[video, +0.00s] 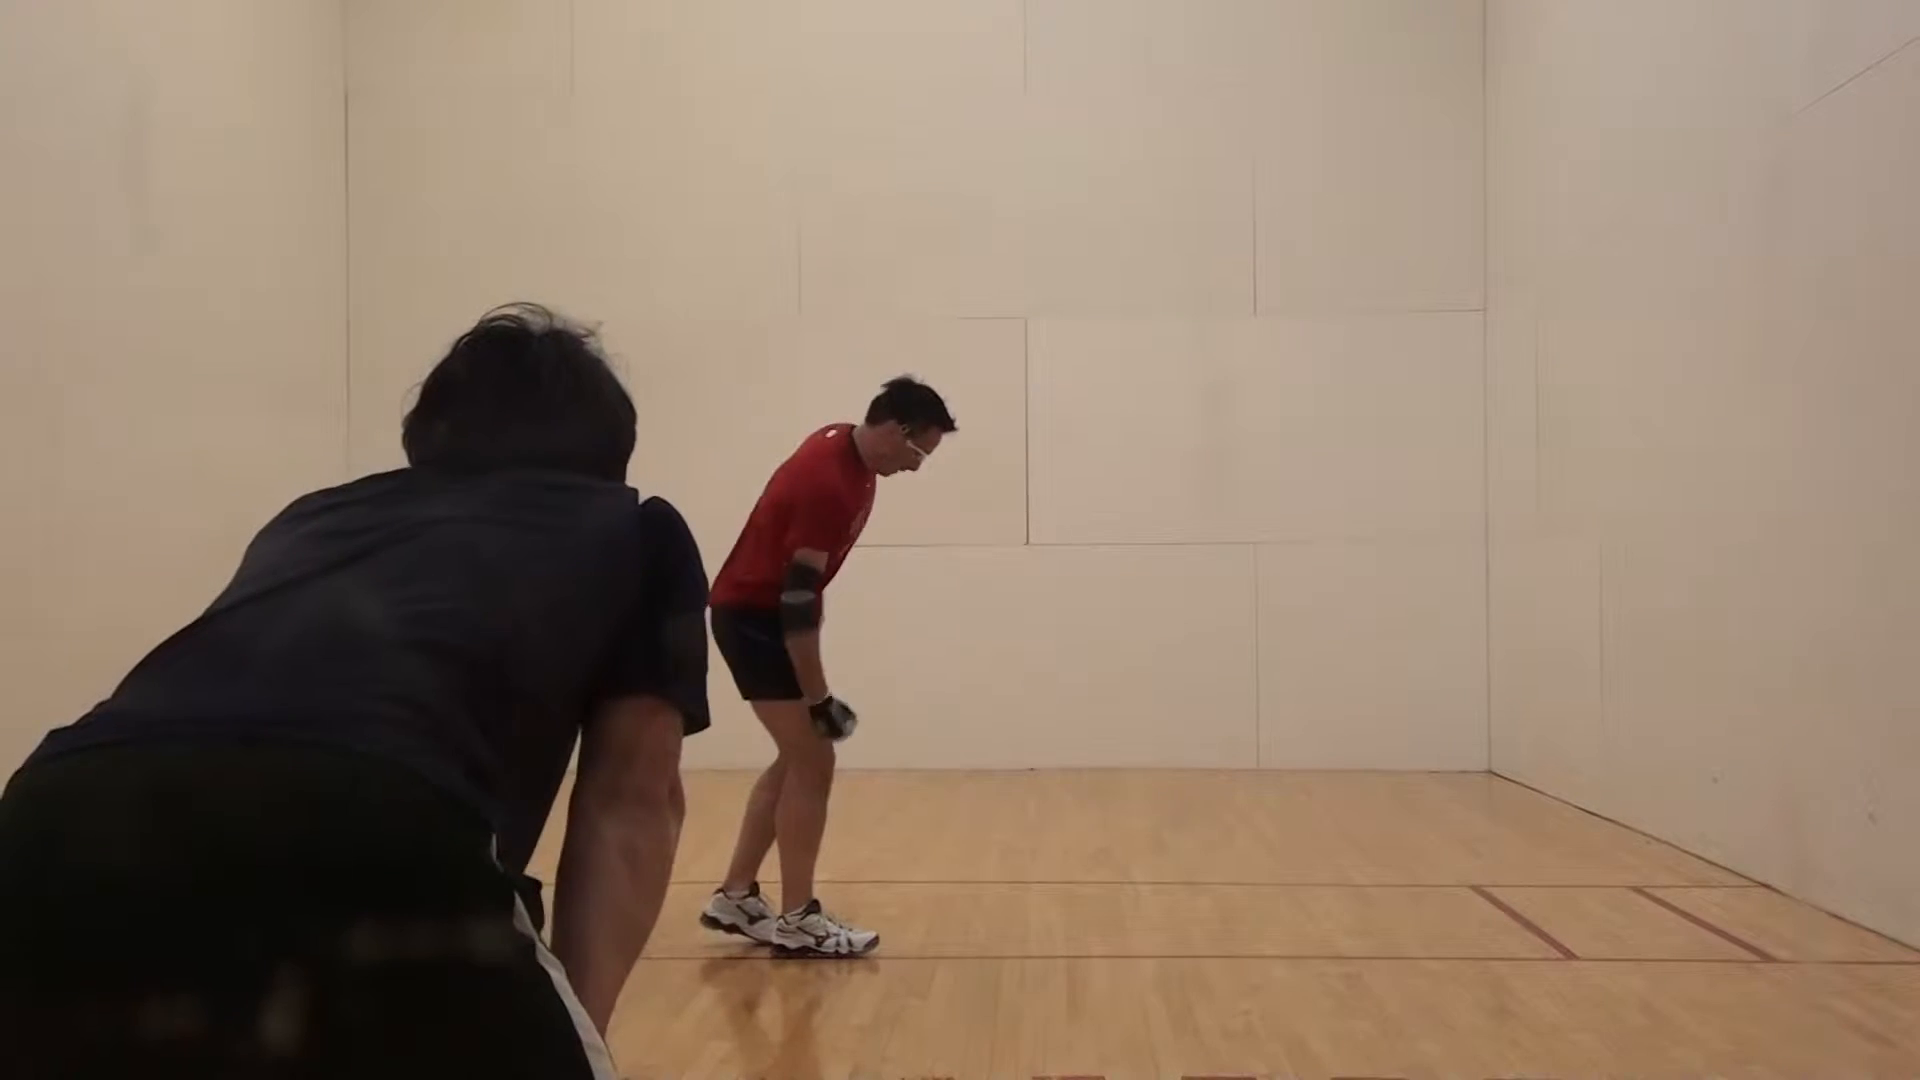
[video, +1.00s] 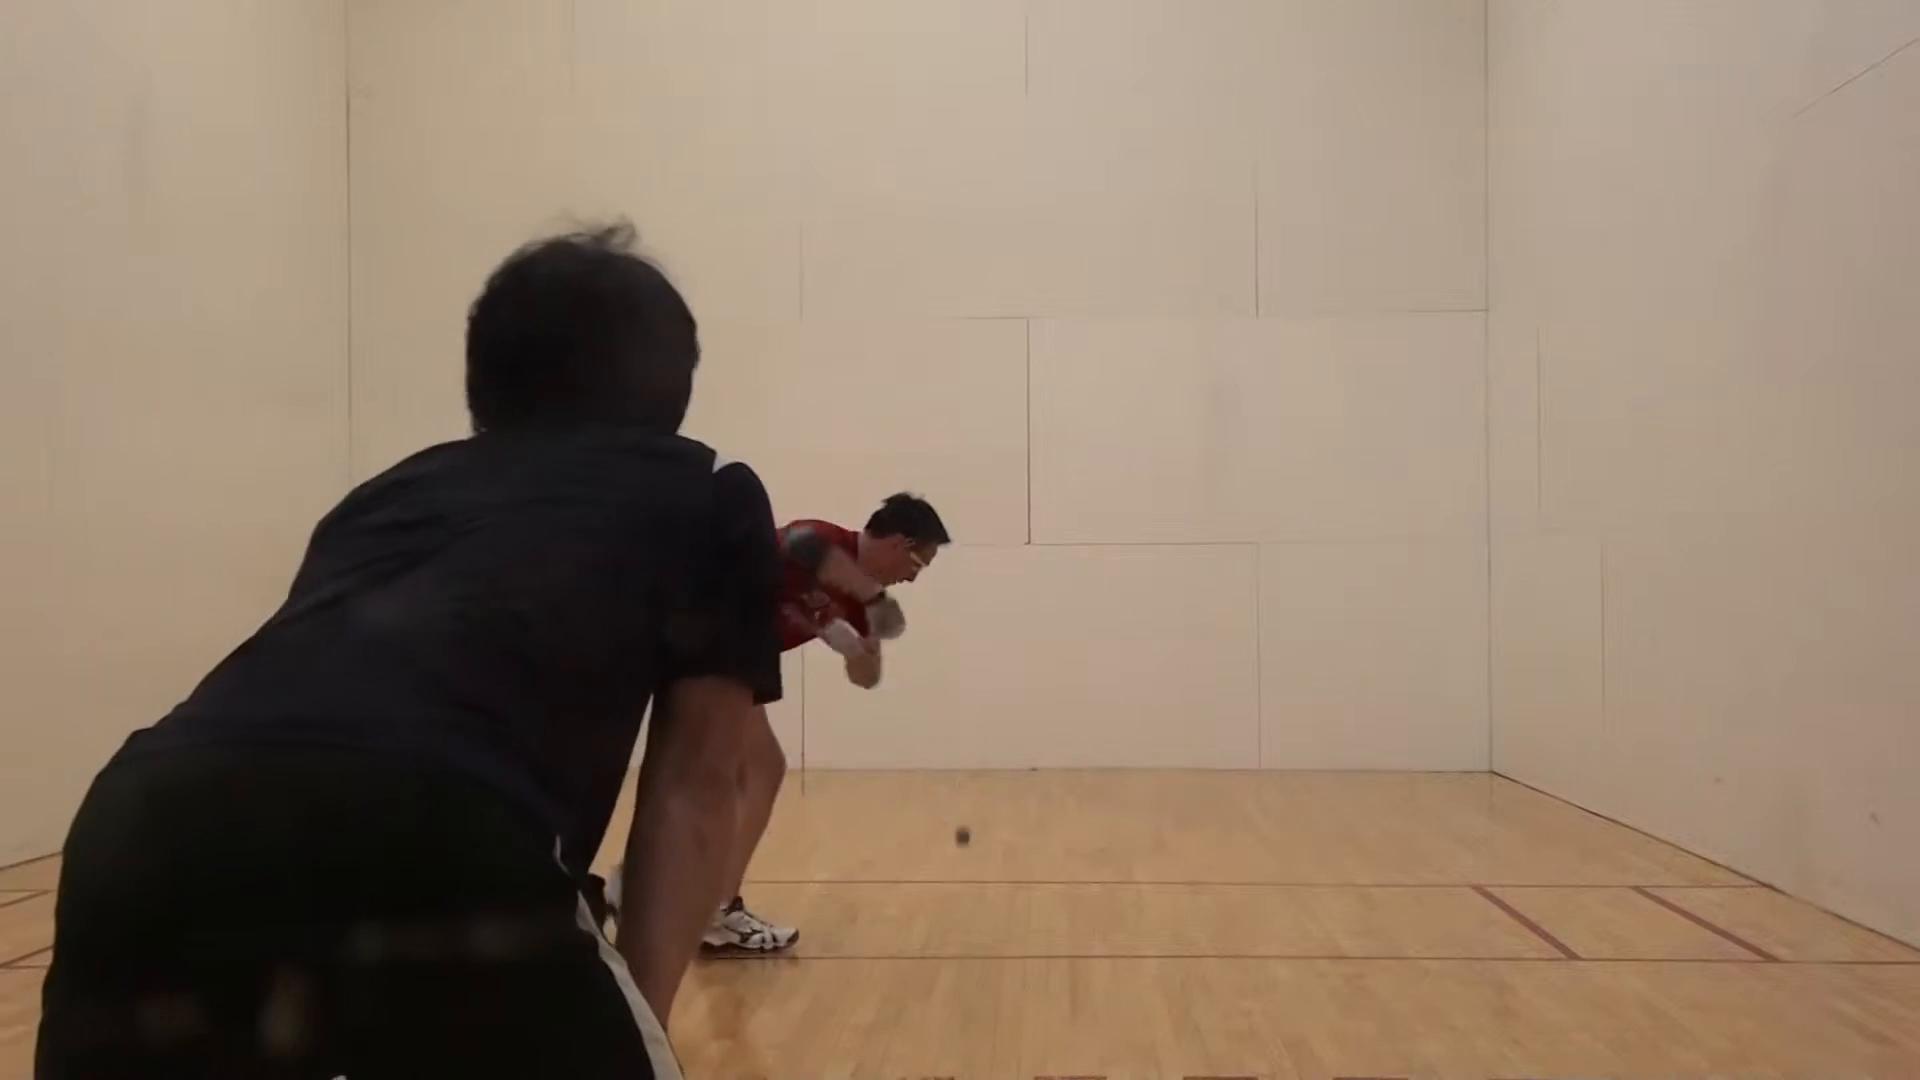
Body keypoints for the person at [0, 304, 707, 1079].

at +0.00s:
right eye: (628, 465)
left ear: (426, 436)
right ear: (610, 459)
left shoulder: (313, 511)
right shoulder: (632, 527)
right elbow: (635, 795)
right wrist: (571, 1032)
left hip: (67, 818)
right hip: (374, 833)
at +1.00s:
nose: (682, 400)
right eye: (683, 383)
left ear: (480, 393)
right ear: (669, 395)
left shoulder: (386, 490)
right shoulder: (702, 489)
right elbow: (708, 769)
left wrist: (745, 585)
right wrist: (638, 1020)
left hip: (148, 830)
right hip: (434, 846)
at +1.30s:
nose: (768, 437)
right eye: (768, 420)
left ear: (566, 415)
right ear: (760, 422)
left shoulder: (468, 501)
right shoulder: (772, 511)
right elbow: (742, 793)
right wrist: (646, 1030)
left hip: (176, 805)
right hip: (448, 827)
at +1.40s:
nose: (771, 439)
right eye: (772, 422)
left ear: (570, 417)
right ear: (761, 426)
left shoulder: (468, 503)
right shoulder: (776, 514)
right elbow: (740, 797)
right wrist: (642, 1028)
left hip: (166, 808)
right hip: (438, 834)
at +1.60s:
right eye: (715, 427)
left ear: (517, 424)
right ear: (705, 433)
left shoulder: (409, 508)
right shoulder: (719, 518)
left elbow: (161, 687)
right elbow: (690, 799)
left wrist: (219, 990)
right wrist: (592, 1027)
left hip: (114, 814)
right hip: (393, 840)